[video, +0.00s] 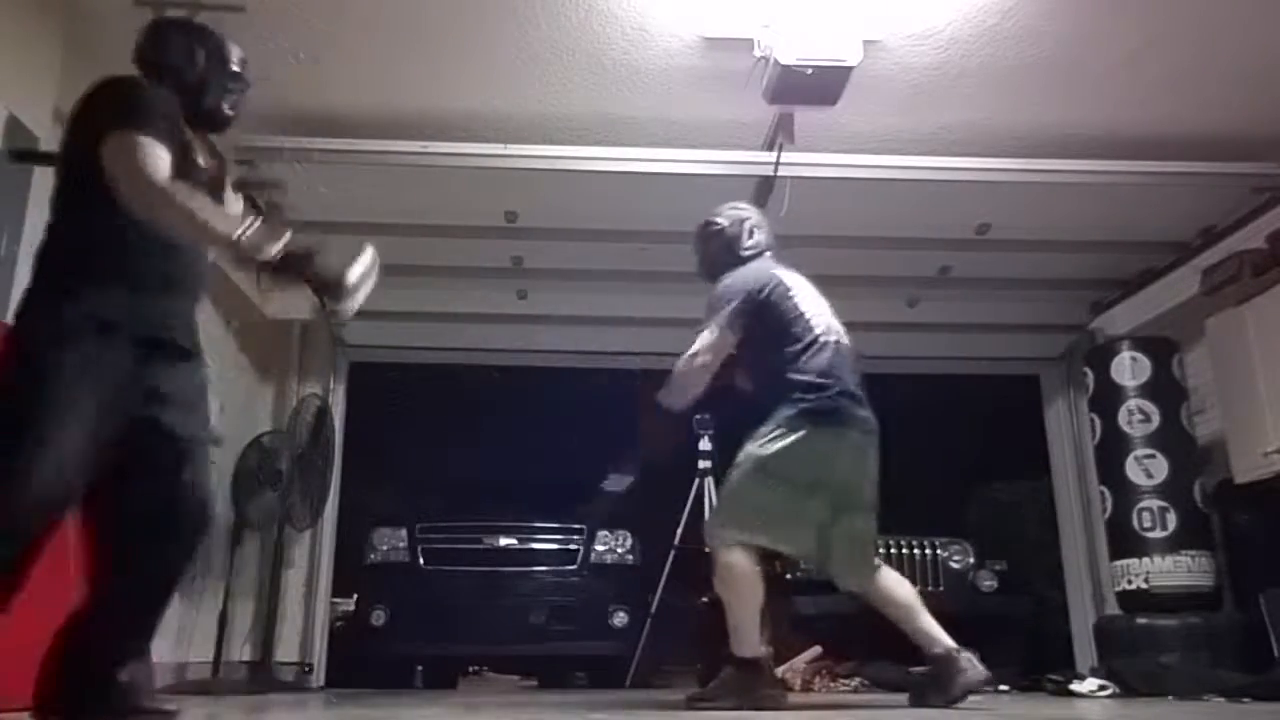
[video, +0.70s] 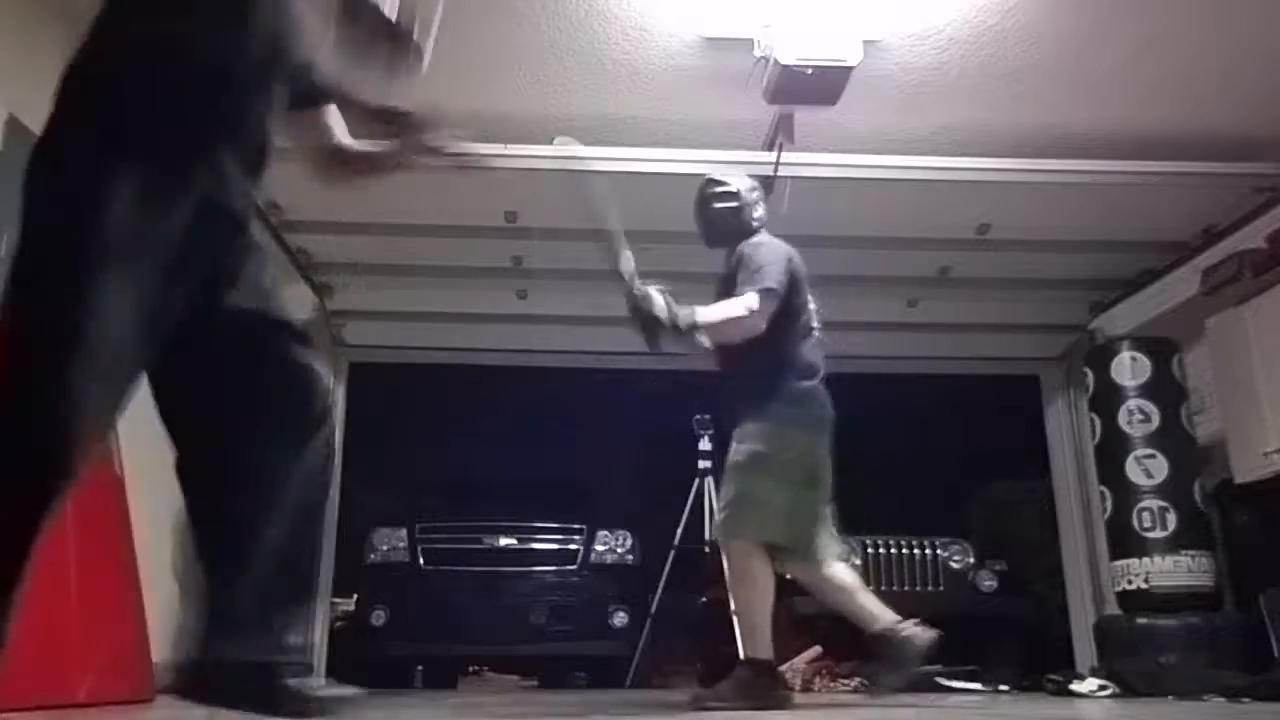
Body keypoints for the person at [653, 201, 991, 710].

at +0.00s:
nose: (700, 242)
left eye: (711, 230)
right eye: (701, 234)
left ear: (748, 233)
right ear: (757, 239)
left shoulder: (745, 279)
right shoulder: (791, 281)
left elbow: (700, 359)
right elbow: (783, 367)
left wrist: (669, 401)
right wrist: (741, 379)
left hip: (809, 418)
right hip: (857, 426)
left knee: (729, 535)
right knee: (856, 563)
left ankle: (749, 668)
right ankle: (954, 661)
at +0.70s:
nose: (716, 210)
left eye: (726, 199)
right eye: (711, 202)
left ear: (750, 207)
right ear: (708, 218)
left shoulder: (765, 249)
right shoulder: (743, 266)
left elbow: (754, 315)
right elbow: (733, 350)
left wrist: (680, 316)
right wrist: (668, 335)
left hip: (781, 409)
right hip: (787, 412)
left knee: (737, 530)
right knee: (801, 549)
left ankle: (757, 670)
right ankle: (899, 635)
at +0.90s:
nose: (697, 219)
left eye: (709, 209)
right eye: (691, 212)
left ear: (737, 215)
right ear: (683, 227)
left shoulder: (746, 259)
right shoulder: (718, 276)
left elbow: (739, 332)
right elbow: (689, 361)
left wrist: (703, 379)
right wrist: (689, 316)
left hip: (768, 410)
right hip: (753, 412)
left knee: (690, 504)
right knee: (769, 553)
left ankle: (725, 649)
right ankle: (832, 663)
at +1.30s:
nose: (596, 227)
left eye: (603, 213)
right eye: (595, 216)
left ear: (631, 211)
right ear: (646, 212)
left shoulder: (659, 255)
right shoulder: (651, 263)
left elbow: (632, 315)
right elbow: (636, 377)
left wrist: (598, 318)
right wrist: (592, 348)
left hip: (704, 410)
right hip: (705, 416)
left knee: (626, 515)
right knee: (671, 578)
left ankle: (616, 671)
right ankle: (776, 636)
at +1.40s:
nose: (601, 217)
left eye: (611, 206)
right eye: (598, 209)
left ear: (647, 211)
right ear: (595, 222)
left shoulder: (671, 266)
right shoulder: (629, 281)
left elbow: (672, 350)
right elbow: (609, 370)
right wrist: (577, 335)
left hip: (704, 416)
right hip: (678, 423)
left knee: (624, 523)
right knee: (651, 569)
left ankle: (616, 671)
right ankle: (750, 638)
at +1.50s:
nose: (627, 209)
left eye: (638, 200)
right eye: (615, 203)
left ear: (663, 212)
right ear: (601, 223)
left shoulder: (687, 265)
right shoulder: (623, 290)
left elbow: (693, 339)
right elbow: (578, 338)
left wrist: (657, 392)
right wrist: (563, 291)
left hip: (704, 415)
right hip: (662, 419)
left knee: (633, 518)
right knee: (632, 556)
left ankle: (618, 671)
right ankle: (727, 651)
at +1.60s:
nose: (634, 219)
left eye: (644, 207)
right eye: (625, 209)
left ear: (669, 209)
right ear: (614, 218)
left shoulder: (701, 260)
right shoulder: (625, 282)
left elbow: (699, 313)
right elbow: (571, 330)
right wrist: (568, 263)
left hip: (715, 418)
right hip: (665, 423)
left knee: (671, 536)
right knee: (657, 545)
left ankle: (632, 661)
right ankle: (727, 658)